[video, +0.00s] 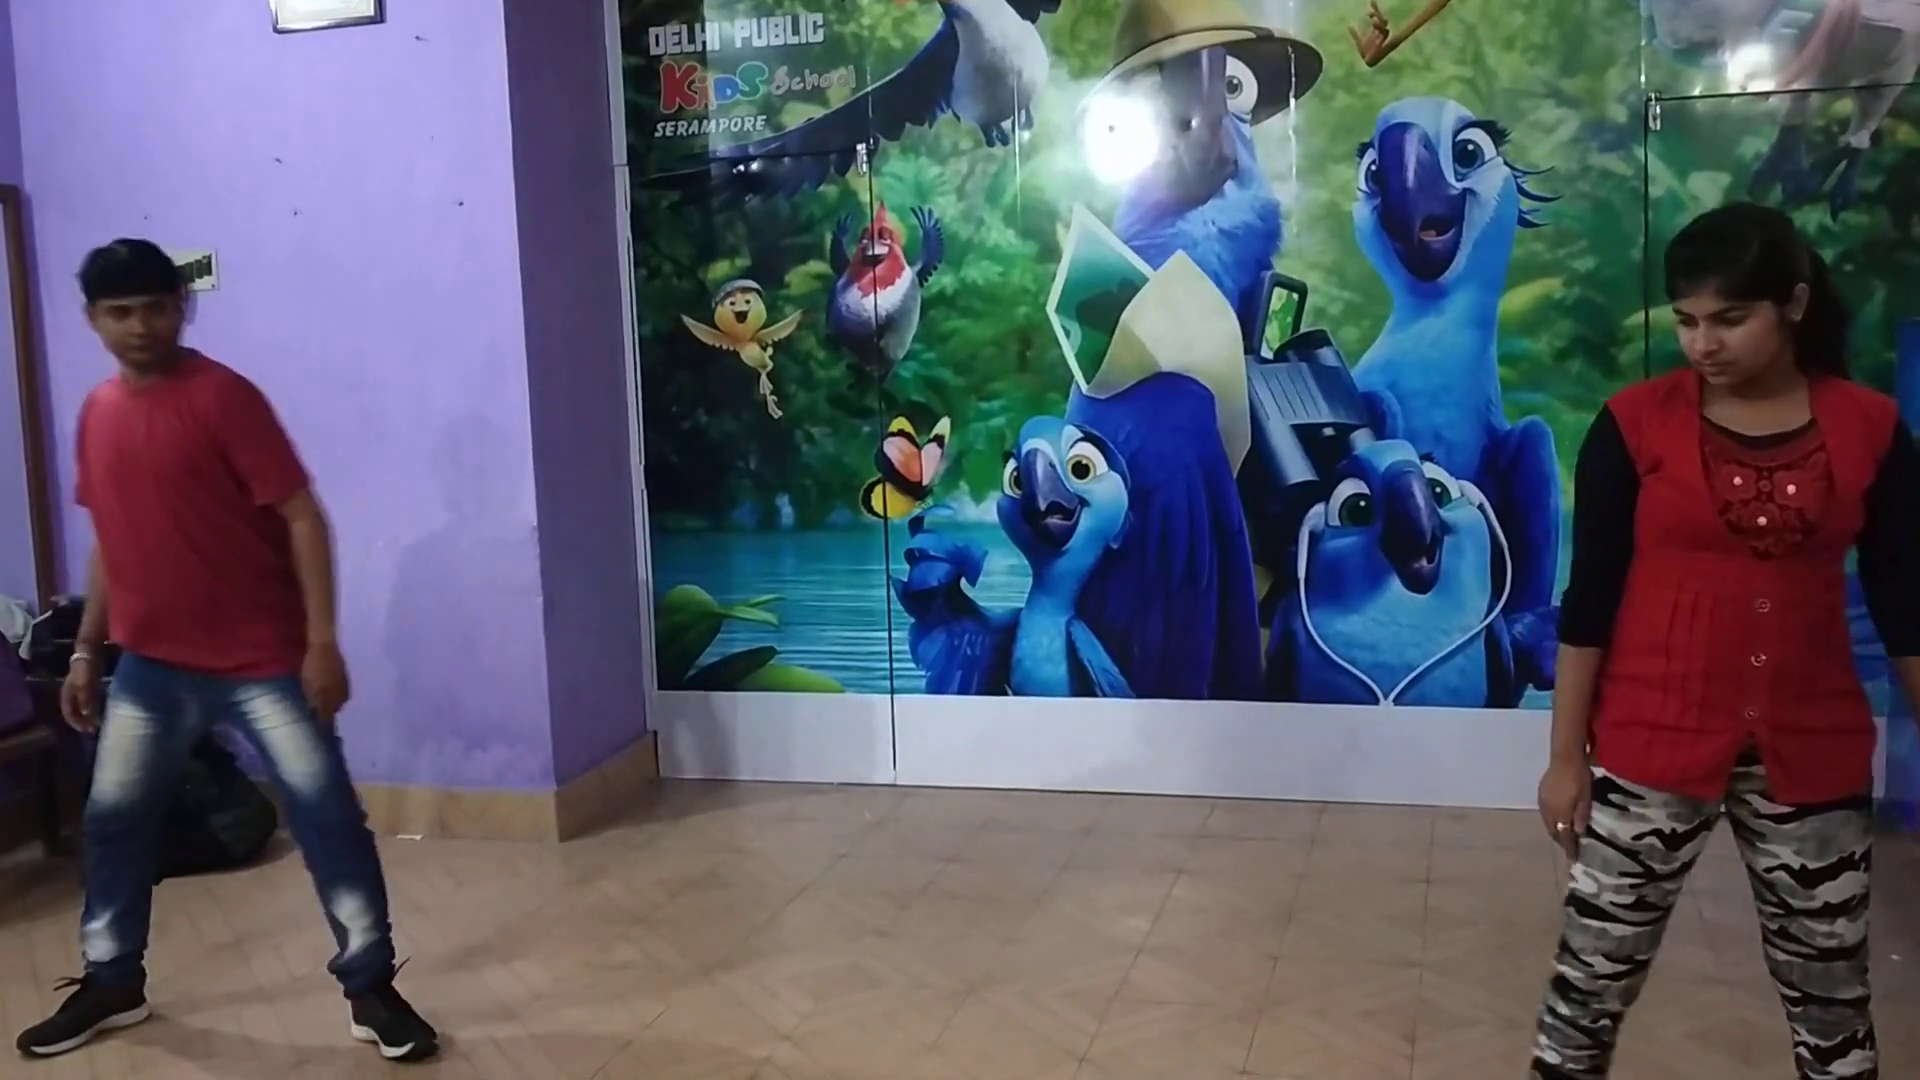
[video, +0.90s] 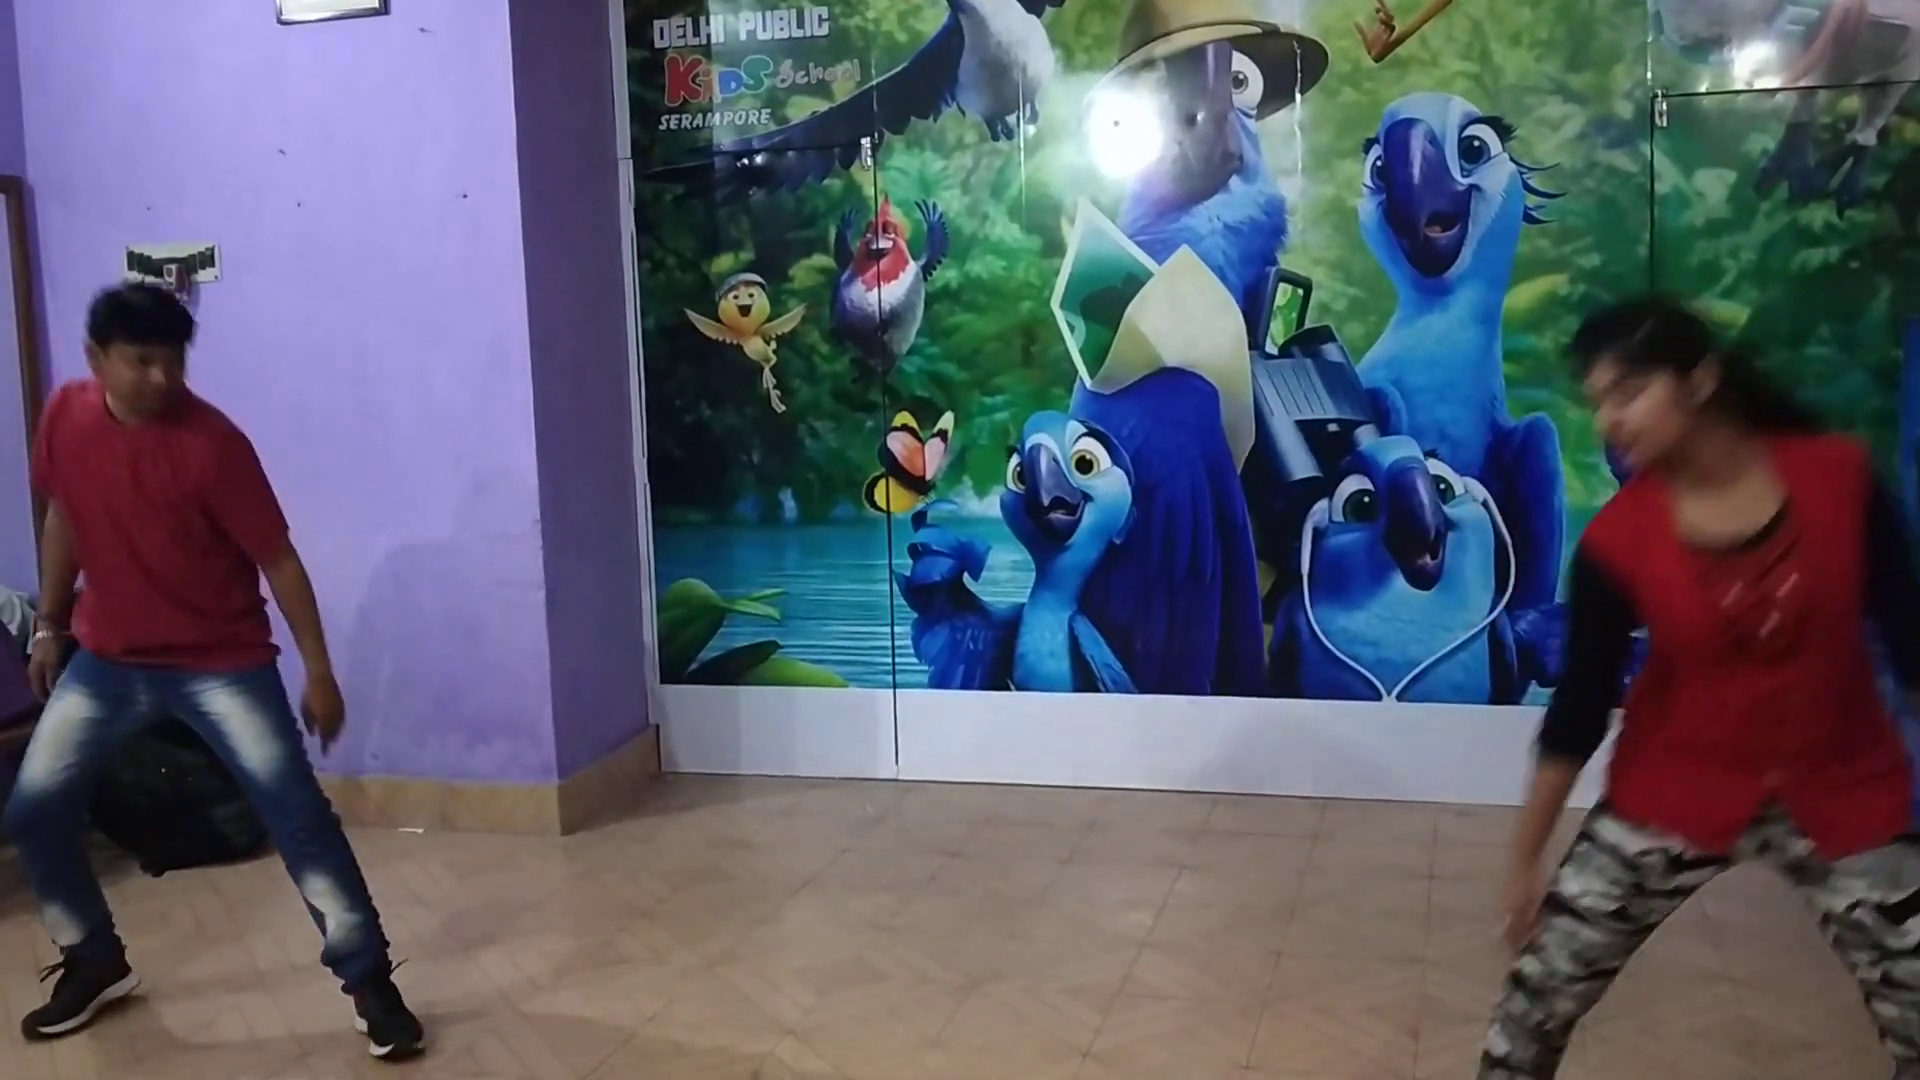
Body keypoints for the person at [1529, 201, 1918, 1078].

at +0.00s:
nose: (1705, 342)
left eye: (1728, 319)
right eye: (1688, 321)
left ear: (1793, 307)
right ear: (1671, 316)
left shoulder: (1867, 430)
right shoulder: (1633, 425)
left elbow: (1903, 607)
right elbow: (1590, 598)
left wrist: (1914, 740)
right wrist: (1565, 754)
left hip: (1810, 747)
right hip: (1651, 743)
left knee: (1832, 998)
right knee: (1589, 987)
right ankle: (1560, 1071)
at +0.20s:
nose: (1681, 340)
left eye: (1711, 320)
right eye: (1666, 315)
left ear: (1764, 334)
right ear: (1645, 318)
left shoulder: (1786, 459)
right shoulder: (1562, 428)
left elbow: (1843, 626)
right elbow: (1506, 590)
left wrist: (1910, 775)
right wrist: (1492, 745)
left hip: (1761, 749)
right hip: (1605, 749)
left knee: (1836, 991)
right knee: (1525, 989)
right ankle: (1499, 1073)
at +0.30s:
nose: (1612, 369)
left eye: (1646, 353)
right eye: (1604, 343)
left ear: (1694, 377)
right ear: (1584, 349)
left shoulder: (1720, 488)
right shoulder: (1498, 470)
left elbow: (1791, 645)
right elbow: (1439, 626)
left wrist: (1882, 804)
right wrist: (1424, 789)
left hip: (1722, 773)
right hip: (1568, 785)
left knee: (1860, 1011)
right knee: (1475, 1024)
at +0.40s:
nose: (1533, 419)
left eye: (1566, 402)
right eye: (1524, 395)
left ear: (1617, 423)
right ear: (1504, 406)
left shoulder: (1674, 532)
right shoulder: (1442, 548)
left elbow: (1762, 677)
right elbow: (1385, 708)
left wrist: (1853, 824)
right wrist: (1351, 867)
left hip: (1710, 814)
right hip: (1547, 826)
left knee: (1876, 1020)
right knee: (1446, 1029)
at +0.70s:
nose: (1479, 517)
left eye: (1501, 492)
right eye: (1468, 498)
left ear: (1570, 492)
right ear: (1460, 506)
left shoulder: (1694, 565)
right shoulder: (1488, 650)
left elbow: (1808, 695)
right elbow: (1450, 816)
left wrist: (1890, 838)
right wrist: (1381, 972)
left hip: (1755, 841)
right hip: (1598, 852)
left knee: (1892, 1024)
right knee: (1463, 1015)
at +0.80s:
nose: (1543, 487)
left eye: (1565, 459)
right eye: (1531, 470)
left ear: (1635, 449)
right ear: (1523, 477)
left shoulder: (1770, 538)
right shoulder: (1551, 615)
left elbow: (1868, 691)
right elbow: (1515, 780)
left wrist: (1917, 822)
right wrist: (1451, 933)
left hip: (1798, 830)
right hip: (1633, 837)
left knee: (1912, 1028)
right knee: (1496, 1017)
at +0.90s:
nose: (1610, 421)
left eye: (1626, 393)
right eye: (1599, 405)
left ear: (1699, 379)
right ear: (1595, 414)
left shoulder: (1841, 479)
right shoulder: (1618, 540)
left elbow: (1909, 637)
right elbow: (1579, 705)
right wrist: (1526, 861)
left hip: (1840, 782)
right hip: (1678, 789)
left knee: (1917, 1013)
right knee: (1540, 995)